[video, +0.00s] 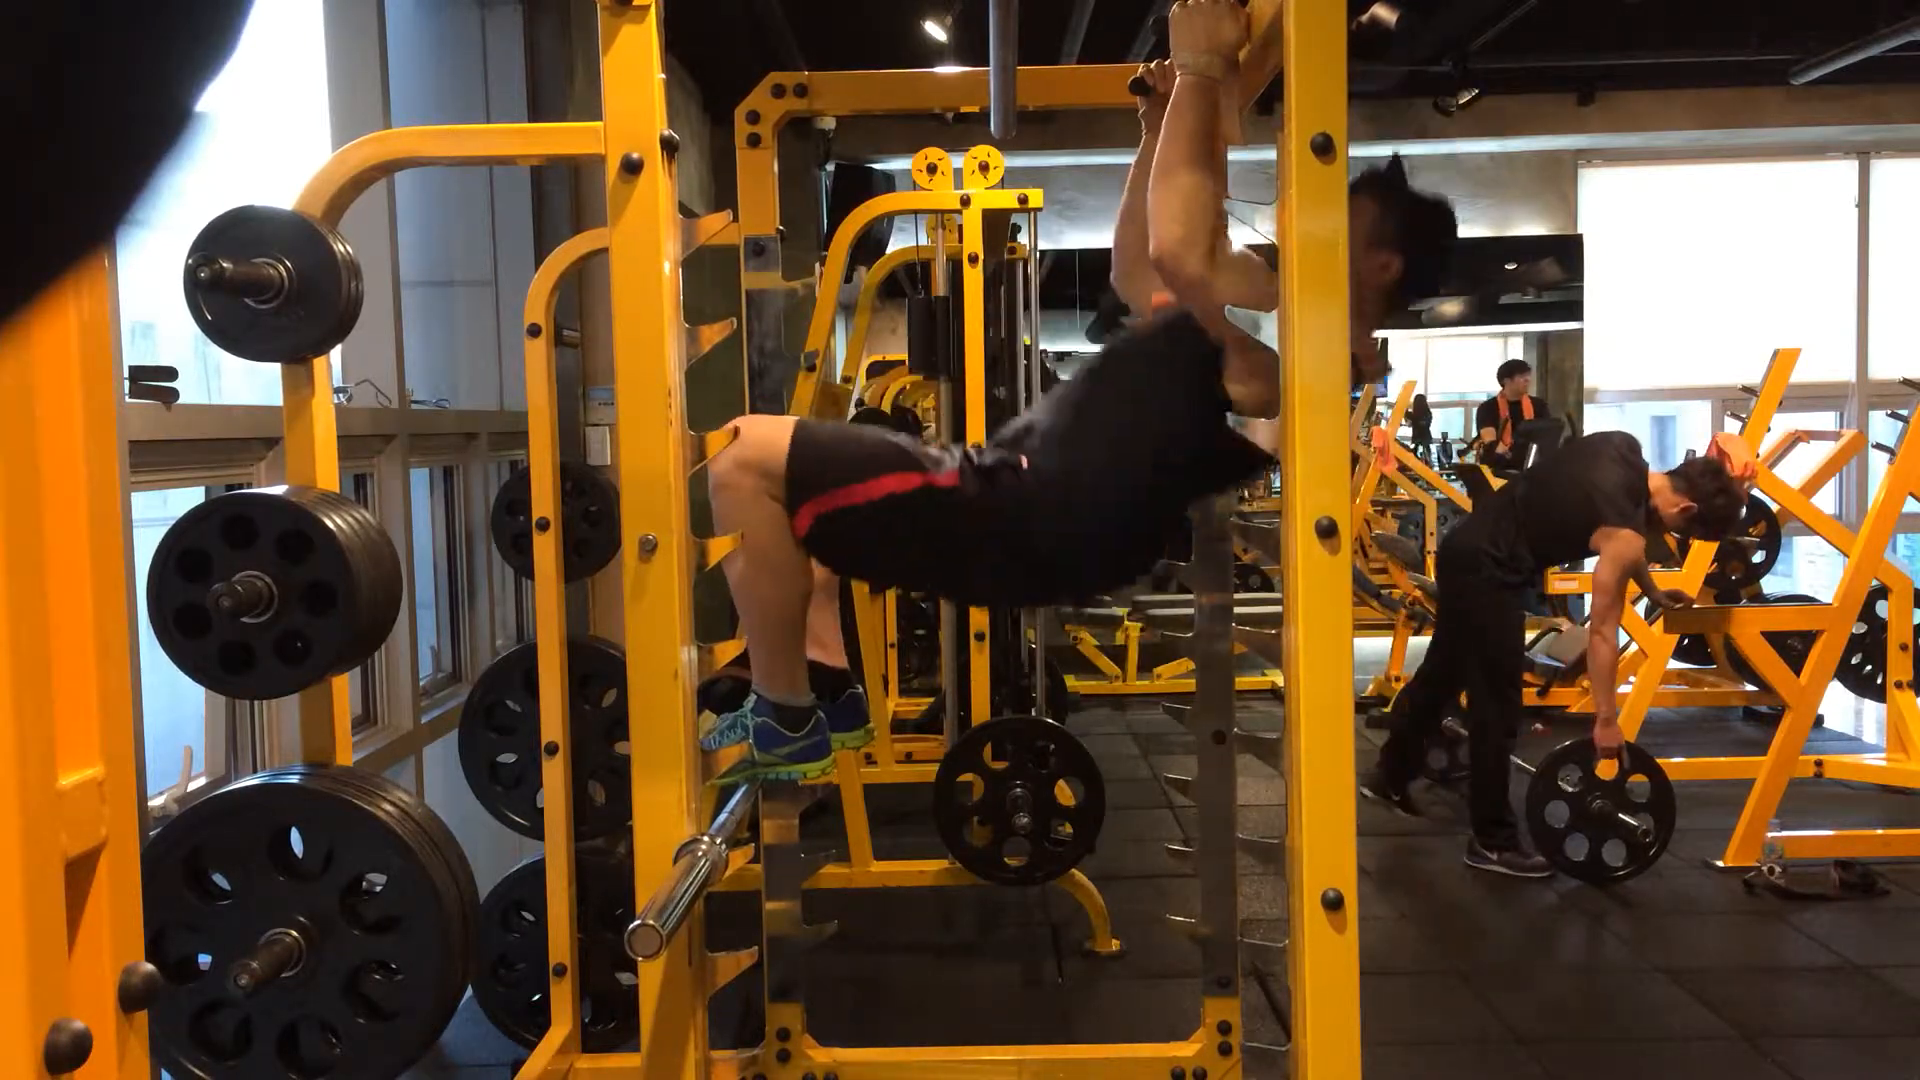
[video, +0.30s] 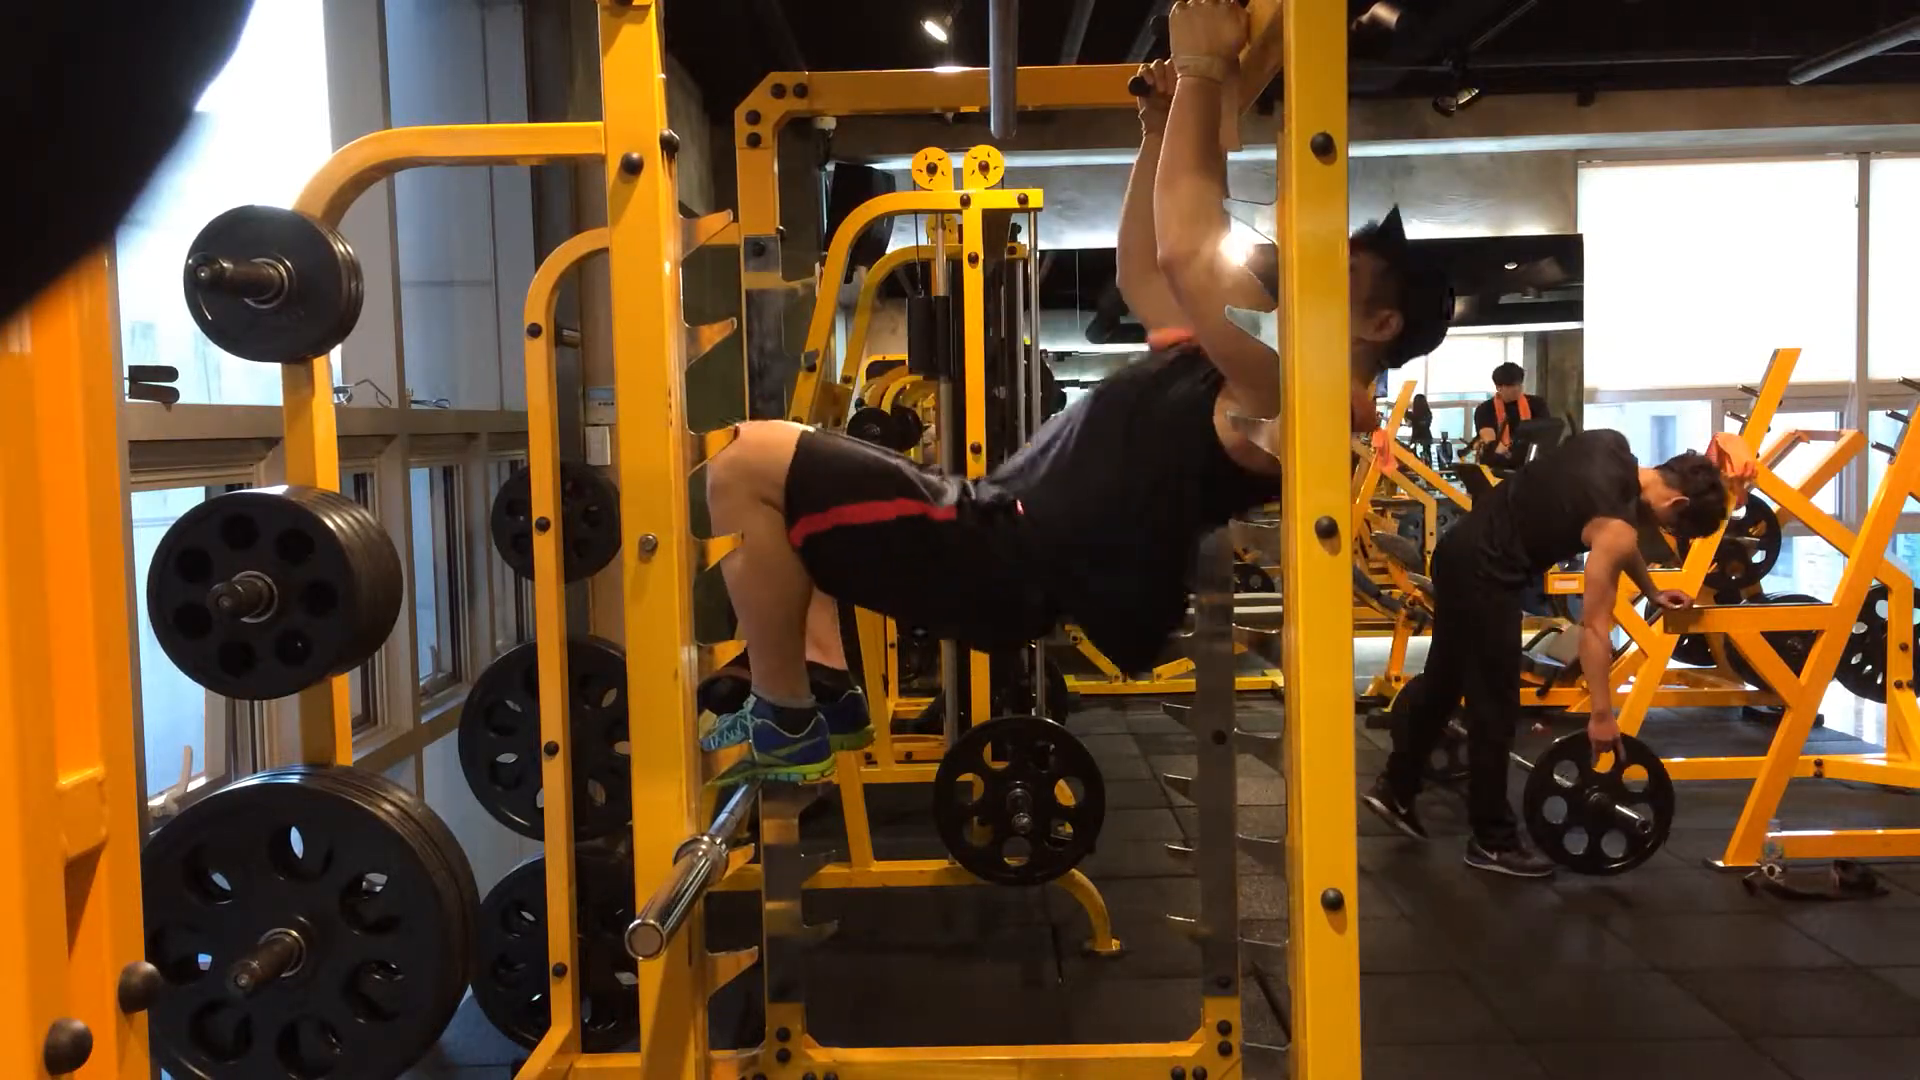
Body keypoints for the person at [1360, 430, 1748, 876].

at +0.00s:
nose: (1675, 534)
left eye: (1682, 532)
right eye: (1683, 529)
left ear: (1677, 478)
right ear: (1683, 507)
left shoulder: (1620, 447)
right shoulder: (1624, 533)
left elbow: (1623, 540)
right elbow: (1601, 633)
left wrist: (1653, 591)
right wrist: (1606, 719)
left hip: (1465, 544)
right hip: (1492, 572)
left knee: (1441, 672)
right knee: (1498, 708)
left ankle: (1389, 775)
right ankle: (1492, 839)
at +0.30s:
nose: (1666, 530)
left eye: (1673, 526)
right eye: (1675, 524)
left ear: (1672, 474)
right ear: (1675, 503)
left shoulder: (1608, 444)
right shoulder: (1614, 527)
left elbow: (1618, 531)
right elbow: (1594, 629)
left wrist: (1651, 590)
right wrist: (1602, 713)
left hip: (1460, 549)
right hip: (1488, 575)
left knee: (1442, 680)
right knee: (1495, 708)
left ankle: (1395, 787)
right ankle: (1492, 839)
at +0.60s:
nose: (1659, 524)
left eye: (1666, 522)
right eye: (1666, 519)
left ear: (1650, 466)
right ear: (1666, 497)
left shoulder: (1596, 444)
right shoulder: (1608, 525)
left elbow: (1614, 531)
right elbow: (1592, 627)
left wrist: (1648, 587)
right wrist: (1603, 712)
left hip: (1452, 555)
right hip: (1480, 579)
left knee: (1447, 686)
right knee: (1490, 708)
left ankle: (1404, 793)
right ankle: (1490, 838)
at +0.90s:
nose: (1657, 528)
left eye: (1664, 525)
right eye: (1665, 523)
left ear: (1649, 467)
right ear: (1666, 501)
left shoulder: (1598, 445)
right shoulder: (1606, 528)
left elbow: (1612, 532)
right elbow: (1584, 630)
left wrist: (1649, 588)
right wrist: (1589, 716)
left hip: (1448, 554)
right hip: (1476, 579)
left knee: (1441, 685)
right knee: (1489, 706)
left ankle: (1403, 790)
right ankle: (1489, 837)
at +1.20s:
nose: (1644, 525)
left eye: (1651, 524)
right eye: (1652, 521)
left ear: (1642, 473)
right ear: (1653, 496)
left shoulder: (1588, 447)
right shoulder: (1591, 522)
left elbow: (1611, 529)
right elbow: (1569, 624)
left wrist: (1649, 589)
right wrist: (1573, 708)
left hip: (1446, 554)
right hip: (1468, 577)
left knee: (1440, 687)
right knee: (1483, 707)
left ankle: (1401, 794)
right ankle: (1490, 838)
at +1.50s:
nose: (1618, 482)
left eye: (1627, 477)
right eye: (1626, 475)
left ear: (1613, 437)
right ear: (1623, 453)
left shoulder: (1549, 435)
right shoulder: (1562, 483)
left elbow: (1592, 526)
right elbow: (1547, 584)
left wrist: (1636, 578)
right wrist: (1566, 674)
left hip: (1433, 565)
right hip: (1462, 581)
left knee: (1433, 693)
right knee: (1483, 710)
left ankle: (1406, 807)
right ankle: (1490, 838)